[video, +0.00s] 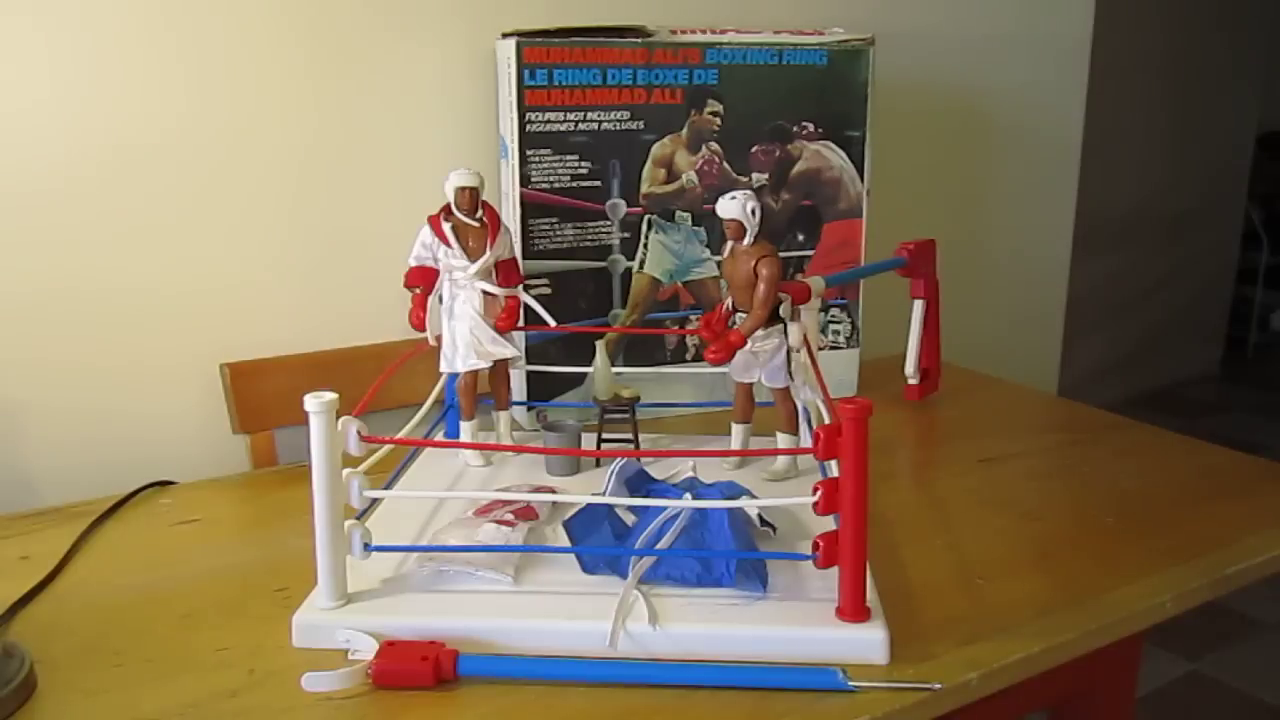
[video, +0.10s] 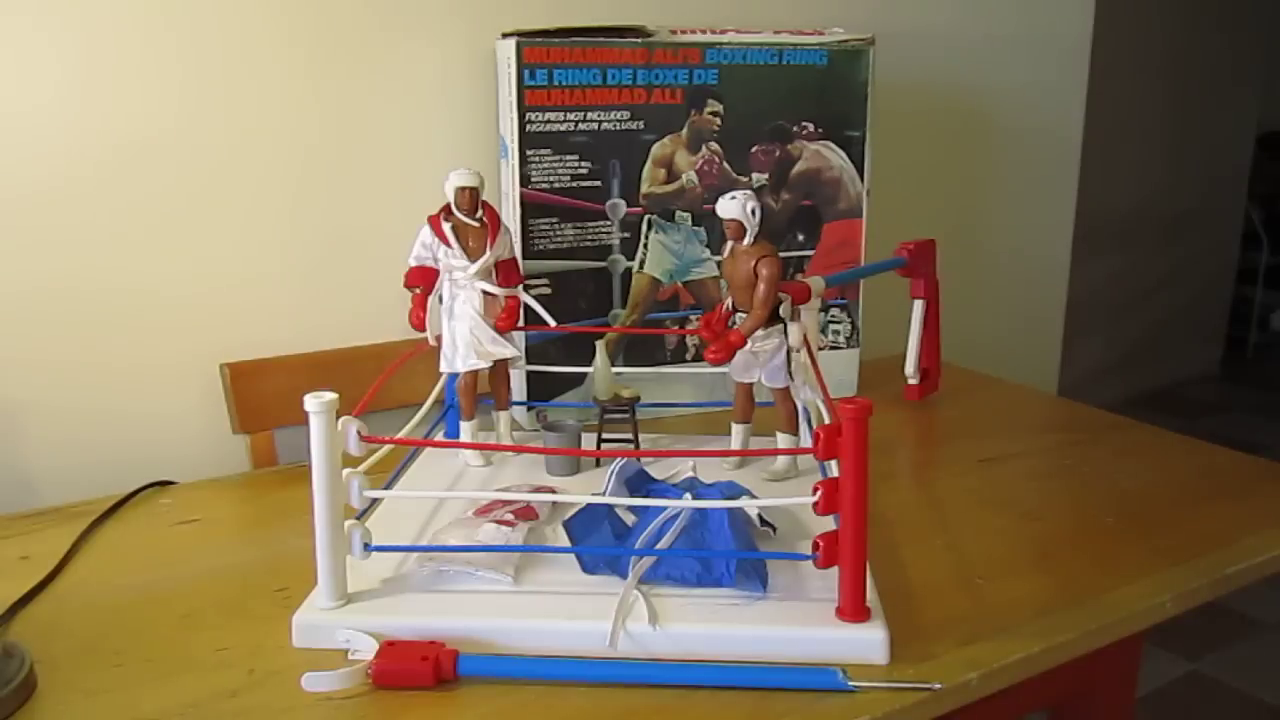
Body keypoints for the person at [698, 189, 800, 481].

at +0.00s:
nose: (725, 228)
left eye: (731, 222)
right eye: (724, 222)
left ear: (748, 222)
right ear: (724, 223)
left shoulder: (767, 260)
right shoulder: (731, 250)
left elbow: (761, 312)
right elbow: (736, 292)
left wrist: (735, 338)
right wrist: (721, 314)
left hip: (769, 333)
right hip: (743, 329)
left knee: (780, 390)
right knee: (742, 385)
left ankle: (787, 456)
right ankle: (738, 449)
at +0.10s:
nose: (725, 227)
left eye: (731, 222)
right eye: (724, 222)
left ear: (748, 222)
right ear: (724, 222)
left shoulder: (767, 260)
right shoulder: (731, 250)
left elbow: (761, 312)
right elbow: (736, 292)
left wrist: (735, 339)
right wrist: (721, 314)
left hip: (769, 333)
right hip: (743, 329)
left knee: (780, 390)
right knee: (742, 385)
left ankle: (787, 456)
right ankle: (738, 450)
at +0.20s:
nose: (725, 227)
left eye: (731, 222)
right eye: (724, 222)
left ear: (748, 222)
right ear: (724, 222)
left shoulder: (767, 260)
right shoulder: (730, 250)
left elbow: (761, 313)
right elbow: (736, 292)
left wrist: (735, 339)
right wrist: (721, 314)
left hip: (769, 333)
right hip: (743, 329)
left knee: (780, 390)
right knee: (742, 385)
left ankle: (787, 456)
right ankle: (738, 449)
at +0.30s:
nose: (725, 227)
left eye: (731, 222)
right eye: (724, 222)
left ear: (748, 222)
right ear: (724, 222)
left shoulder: (767, 260)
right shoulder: (730, 250)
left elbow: (761, 312)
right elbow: (736, 292)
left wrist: (735, 339)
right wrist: (721, 315)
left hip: (769, 333)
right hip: (743, 329)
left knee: (779, 390)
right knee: (742, 385)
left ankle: (787, 456)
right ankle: (738, 449)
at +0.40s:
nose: (725, 227)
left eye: (731, 222)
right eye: (724, 222)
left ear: (748, 222)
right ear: (724, 222)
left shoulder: (767, 260)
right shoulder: (730, 250)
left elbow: (761, 312)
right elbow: (736, 292)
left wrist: (735, 338)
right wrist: (721, 315)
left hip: (769, 333)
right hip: (743, 329)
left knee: (779, 390)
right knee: (742, 385)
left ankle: (787, 456)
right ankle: (738, 449)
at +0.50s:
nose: (725, 227)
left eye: (731, 222)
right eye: (724, 222)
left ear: (748, 222)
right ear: (724, 222)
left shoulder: (767, 260)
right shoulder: (730, 250)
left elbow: (761, 312)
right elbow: (736, 292)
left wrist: (735, 338)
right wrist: (721, 315)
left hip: (770, 332)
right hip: (743, 329)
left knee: (779, 390)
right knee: (742, 385)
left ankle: (787, 456)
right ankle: (738, 450)